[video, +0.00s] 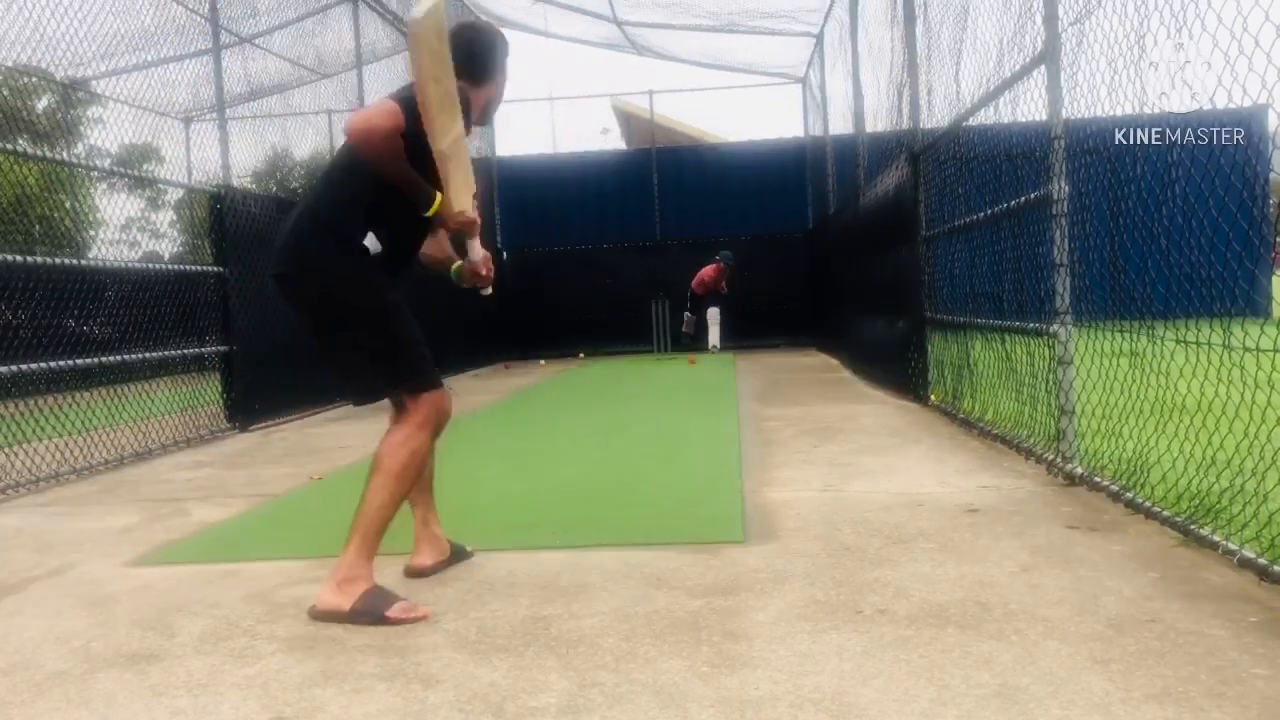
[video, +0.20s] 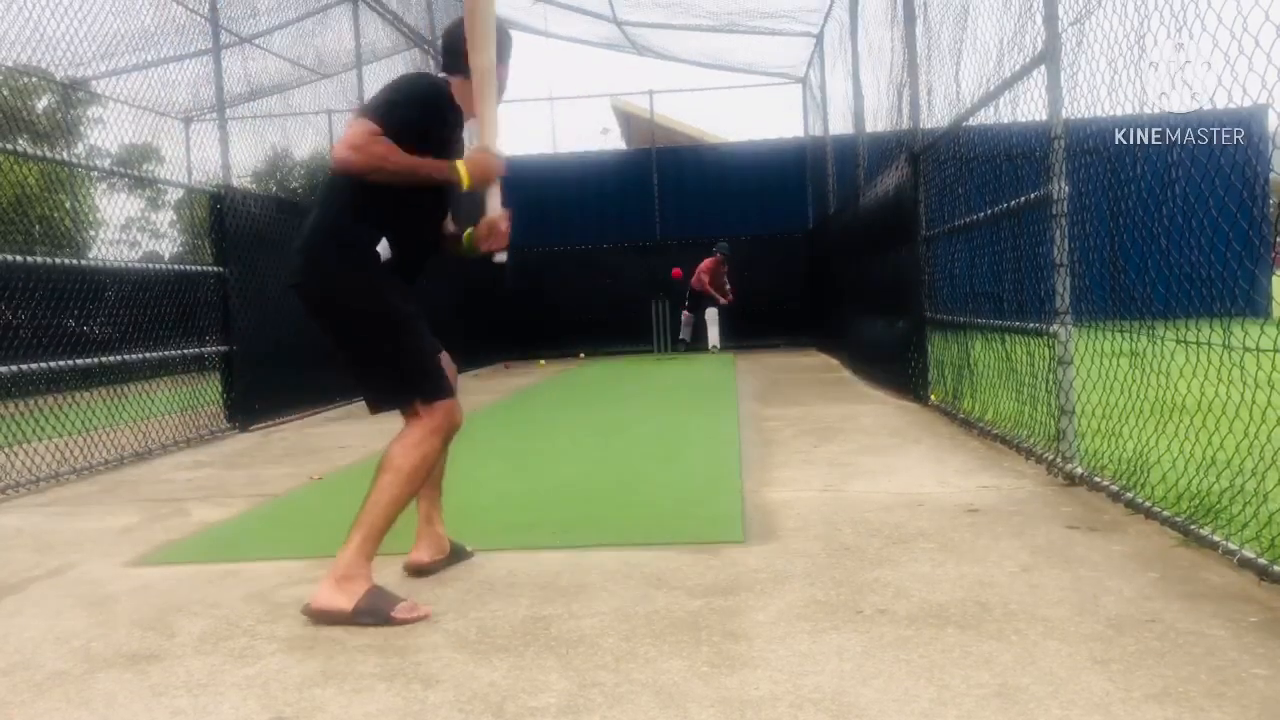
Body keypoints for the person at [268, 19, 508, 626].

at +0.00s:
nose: (502, 94)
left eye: (500, 83)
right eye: (501, 82)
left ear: (449, 70)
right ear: (484, 80)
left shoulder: (443, 141)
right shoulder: (431, 102)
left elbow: (416, 237)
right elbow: (366, 127)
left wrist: (462, 259)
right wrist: (434, 203)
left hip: (346, 263)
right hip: (327, 260)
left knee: (415, 402)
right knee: (428, 406)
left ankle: (430, 541)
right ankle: (348, 581)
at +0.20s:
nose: (504, 85)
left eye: (503, 72)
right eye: (500, 71)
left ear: (459, 62)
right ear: (480, 67)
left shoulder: (445, 130)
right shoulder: (423, 93)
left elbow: (419, 241)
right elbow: (351, 150)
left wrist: (473, 239)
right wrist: (458, 170)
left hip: (364, 271)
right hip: (338, 271)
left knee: (439, 374)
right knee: (437, 415)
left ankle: (431, 539)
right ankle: (344, 581)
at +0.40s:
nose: (468, 11)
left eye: (467, 6)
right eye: (466, 5)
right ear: (448, 2)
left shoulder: (356, 21)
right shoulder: (432, 41)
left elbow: (391, 115)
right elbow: (473, 153)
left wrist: (466, 102)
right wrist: (494, 110)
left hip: (317, 227)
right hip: (371, 233)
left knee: (395, 389)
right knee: (431, 398)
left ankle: (425, 536)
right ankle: (342, 570)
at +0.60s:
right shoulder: (456, 15)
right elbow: (362, 44)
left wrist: (254, 21)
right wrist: (266, 24)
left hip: (320, 175)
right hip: (401, 179)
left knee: (341, 362)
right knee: (384, 373)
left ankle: (376, 523)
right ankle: (348, 567)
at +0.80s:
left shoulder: (354, 7)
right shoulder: (427, 15)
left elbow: (228, 3)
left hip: (313, 219)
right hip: (389, 233)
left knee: (211, 353)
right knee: (354, 402)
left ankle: (242, 537)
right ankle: (342, 598)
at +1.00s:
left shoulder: (340, 12)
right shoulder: (390, 19)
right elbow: (279, 8)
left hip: (271, 218)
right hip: (339, 230)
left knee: (154, 379)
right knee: (312, 407)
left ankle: (193, 579)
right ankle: (338, 603)